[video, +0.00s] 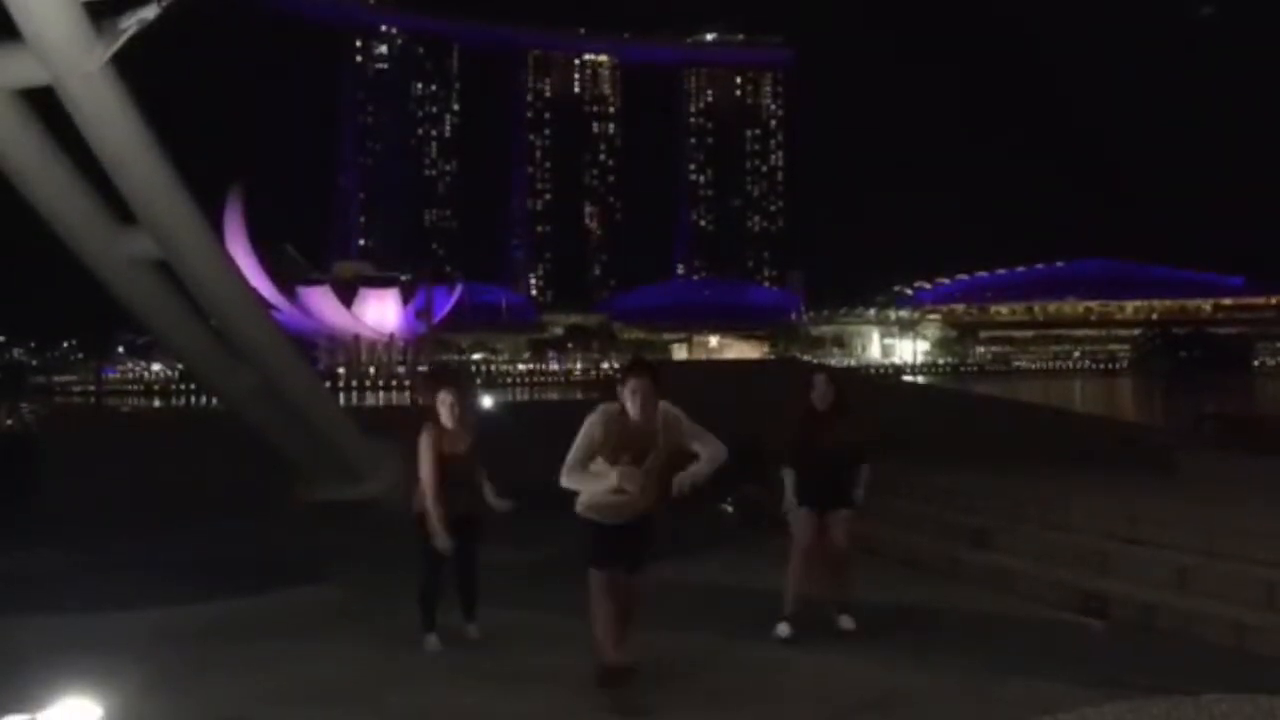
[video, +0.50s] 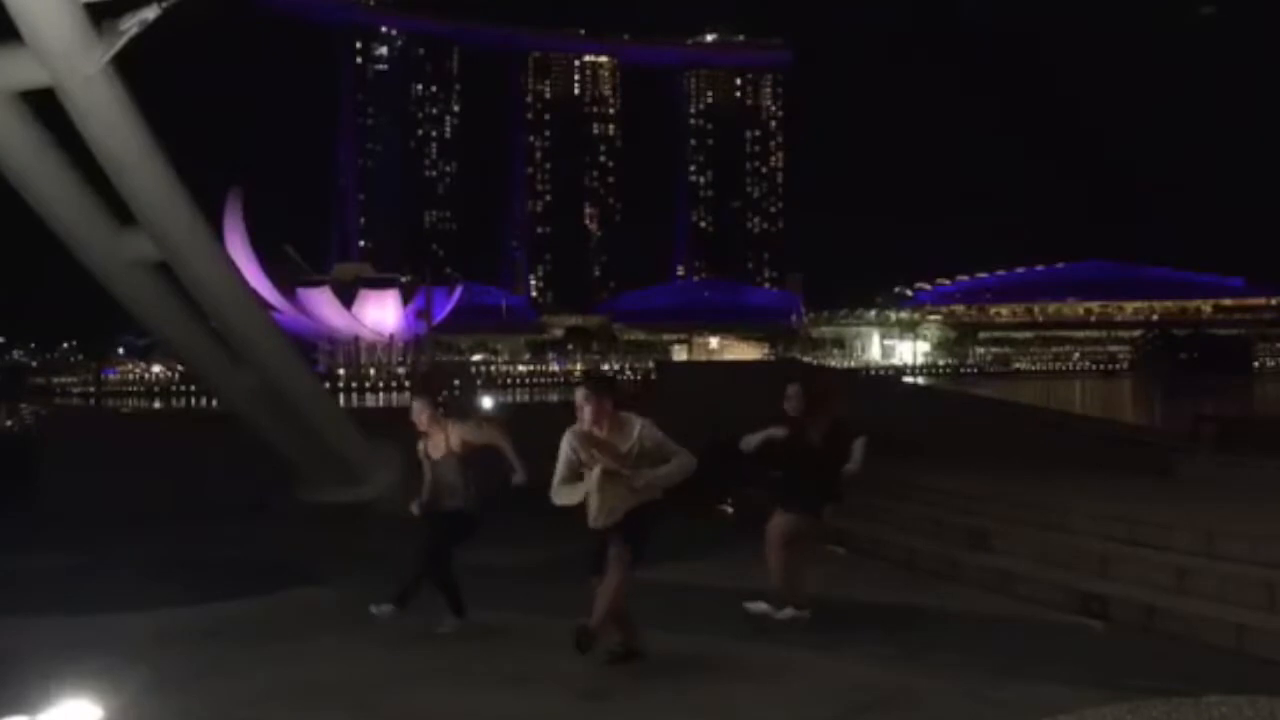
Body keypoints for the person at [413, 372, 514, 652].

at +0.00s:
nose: (451, 410)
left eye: (455, 404)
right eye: (446, 404)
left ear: (462, 406)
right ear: (437, 407)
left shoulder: (467, 435)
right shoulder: (431, 437)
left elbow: (477, 471)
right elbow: (429, 486)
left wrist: (492, 498)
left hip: (467, 510)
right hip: (438, 510)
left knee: (468, 566)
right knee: (434, 570)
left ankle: (470, 619)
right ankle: (430, 628)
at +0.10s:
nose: (454, 414)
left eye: (458, 408)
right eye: (449, 409)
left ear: (466, 410)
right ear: (441, 411)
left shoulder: (479, 441)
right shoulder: (432, 441)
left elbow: (498, 477)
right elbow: (399, 469)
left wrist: (509, 473)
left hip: (468, 514)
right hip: (435, 513)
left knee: (470, 567)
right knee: (432, 568)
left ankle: (470, 622)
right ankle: (429, 627)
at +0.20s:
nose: (449, 408)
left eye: (453, 402)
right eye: (444, 403)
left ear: (462, 405)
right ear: (437, 407)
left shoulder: (475, 434)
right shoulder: (431, 432)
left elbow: (510, 441)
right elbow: (399, 425)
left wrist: (480, 437)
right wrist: (380, 462)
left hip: (467, 509)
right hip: (435, 509)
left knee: (468, 564)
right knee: (432, 563)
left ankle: (470, 620)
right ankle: (429, 619)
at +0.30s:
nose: (438, 401)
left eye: (443, 393)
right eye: (434, 394)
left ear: (459, 395)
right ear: (431, 397)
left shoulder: (472, 418)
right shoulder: (430, 420)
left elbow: (511, 426)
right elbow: (411, 420)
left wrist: (484, 447)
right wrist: (403, 455)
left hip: (465, 500)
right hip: (435, 497)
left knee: (461, 558)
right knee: (431, 555)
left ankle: (469, 615)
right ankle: (436, 605)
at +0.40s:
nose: (428, 404)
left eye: (432, 397)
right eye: (424, 399)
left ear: (446, 397)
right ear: (422, 401)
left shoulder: (465, 419)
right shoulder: (425, 425)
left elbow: (508, 433)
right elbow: (423, 456)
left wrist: (497, 471)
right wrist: (421, 484)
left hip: (465, 495)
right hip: (436, 496)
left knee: (440, 548)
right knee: (433, 549)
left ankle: (447, 610)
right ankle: (444, 609)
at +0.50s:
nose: (417, 419)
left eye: (421, 413)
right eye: (414, 414)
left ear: (434, 412)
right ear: (413, 417)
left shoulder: (457, 431)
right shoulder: (424, 446)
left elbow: (497, 437)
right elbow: (428, 477)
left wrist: (518, 469)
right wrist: (421, 500)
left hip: (463, 503)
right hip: (438, 505)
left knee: (429, 553)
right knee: (438, 559)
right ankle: (458, 613)